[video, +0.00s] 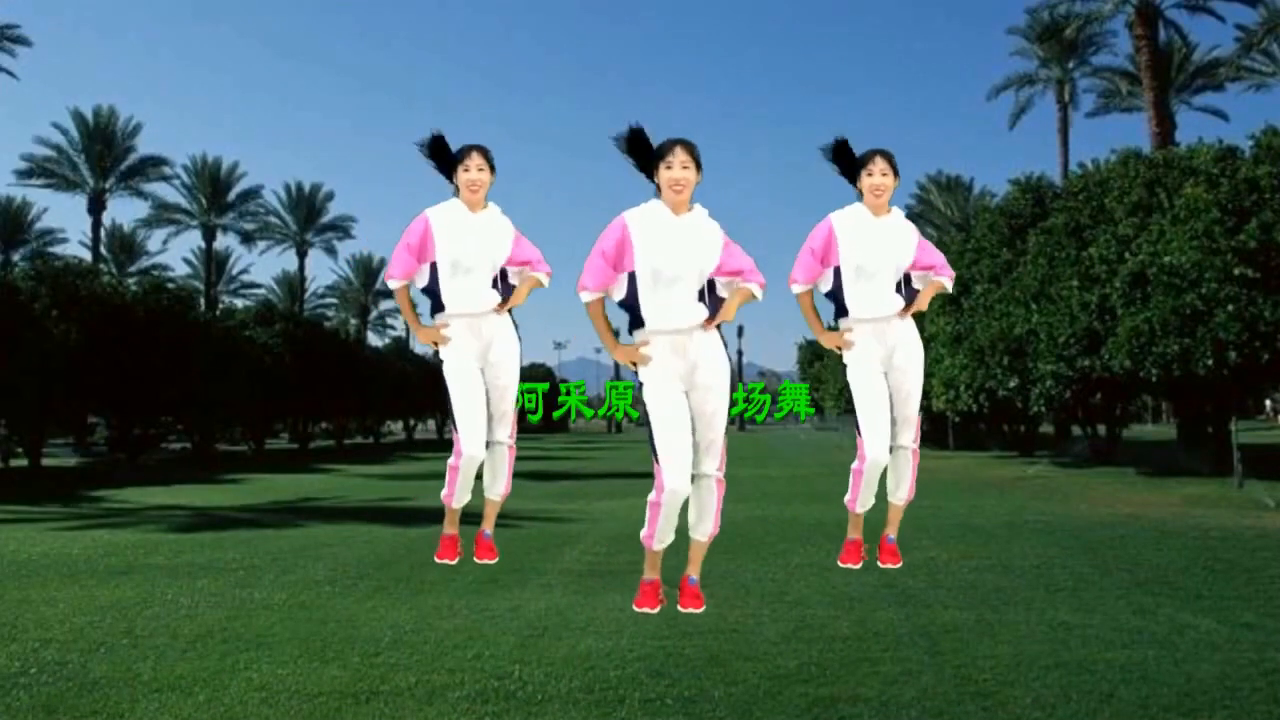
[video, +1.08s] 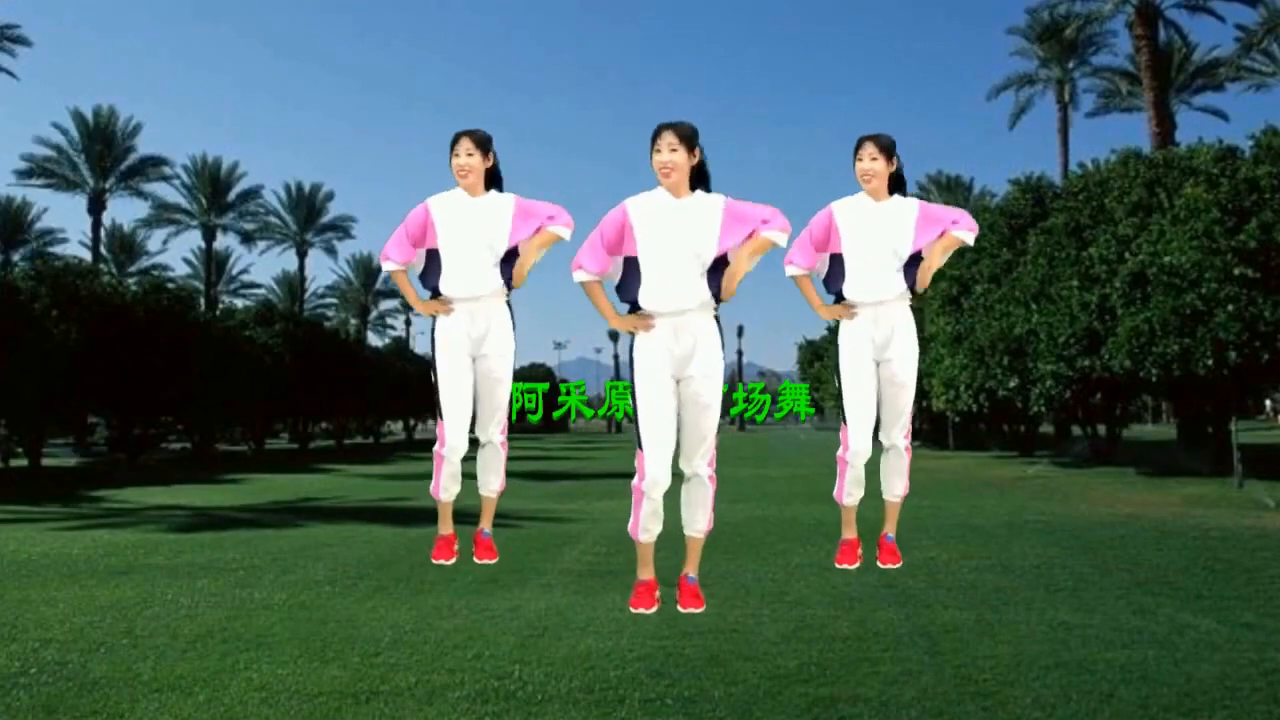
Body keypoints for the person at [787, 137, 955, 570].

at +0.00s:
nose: (878, 182)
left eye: (885, 175)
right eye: (870, 175)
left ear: (895, 183)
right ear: (858, 182)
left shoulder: (905, 230)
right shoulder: (837, 225)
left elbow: (940, 272)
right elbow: (801, 280)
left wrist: (922, 300)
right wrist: (822, 334)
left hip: (904, 335)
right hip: (859, 338)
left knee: (906, 440)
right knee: (875, 447)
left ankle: (890, 536)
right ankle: (854, 536)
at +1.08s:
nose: (866, 165)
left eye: (874, 159)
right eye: (861, 159)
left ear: (891, 165)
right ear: (854, 167)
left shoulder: (911, 209)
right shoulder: (837, 212)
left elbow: (965, 224)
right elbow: (795, 260)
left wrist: (934, 258)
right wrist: (822, 307)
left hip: (898, 321)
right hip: (854, 323)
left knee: (896, 435)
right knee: (857, 437)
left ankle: (888, 535)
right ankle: (848, 535)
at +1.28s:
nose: (867, 160)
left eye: (876, 153)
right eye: (863, 154)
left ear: (896, 159)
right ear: (859, 161)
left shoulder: (917, 201)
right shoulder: (841, 206)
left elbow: (973, 216)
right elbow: (797, 252)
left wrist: (948, 212)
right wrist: (825, 299)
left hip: (898, 315)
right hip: (853, 315)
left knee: (894, 431)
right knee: (852, 432)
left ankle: (891, 535)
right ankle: (847, 535)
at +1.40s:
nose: (872, 184)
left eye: (881, 177)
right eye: (869, 177)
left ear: (901, 184)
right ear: (864, 184)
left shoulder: (914, 231)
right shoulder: (843, 225)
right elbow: (802, 274)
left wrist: (930, 236)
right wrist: (820, 324)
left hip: (900, 335)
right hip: (856, 338)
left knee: (899, 447)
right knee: (872, 446)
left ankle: (889, 536)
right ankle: (857, 519)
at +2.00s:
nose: (853, 164)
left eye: (861, 157)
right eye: (850, 157)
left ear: (881, 164)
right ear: (846, 165)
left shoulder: (901, 210)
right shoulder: (830, 211)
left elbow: (904, 243)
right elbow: (789, 247)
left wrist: (888, 187)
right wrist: (806, 293)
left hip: (872, 326)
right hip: (828, 322)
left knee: (871, 441)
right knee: (807, 429)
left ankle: (888, 532)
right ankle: (787, 524)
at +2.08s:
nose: (852, 144)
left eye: (862, 138)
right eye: (851, 138)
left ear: (882, 147)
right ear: (849, 146)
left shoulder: (899, 191)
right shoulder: (829, 191)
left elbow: (916, 220)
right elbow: (791, 228)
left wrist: (897, 166)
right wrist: (807, 274)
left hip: (875, 304)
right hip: (831, 300)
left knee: (879, 421)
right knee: (813, 414)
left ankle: (889, 526)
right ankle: (794, 504)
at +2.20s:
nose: (860, 142)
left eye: (870, 137)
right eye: (857, 136)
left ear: (889, 148)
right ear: (852, 144)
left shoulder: (902, 190)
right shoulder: (828, 188)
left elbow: (911, 228)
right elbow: (789, 229)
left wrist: (902, 173)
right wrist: (806, 277)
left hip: (881, 299)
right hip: (837, 296)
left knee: (881, 416)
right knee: (831, 416)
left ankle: (883, 523)